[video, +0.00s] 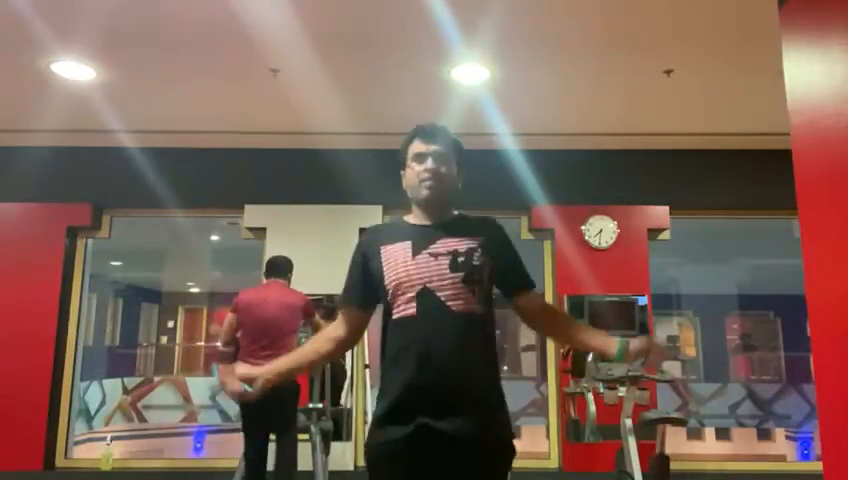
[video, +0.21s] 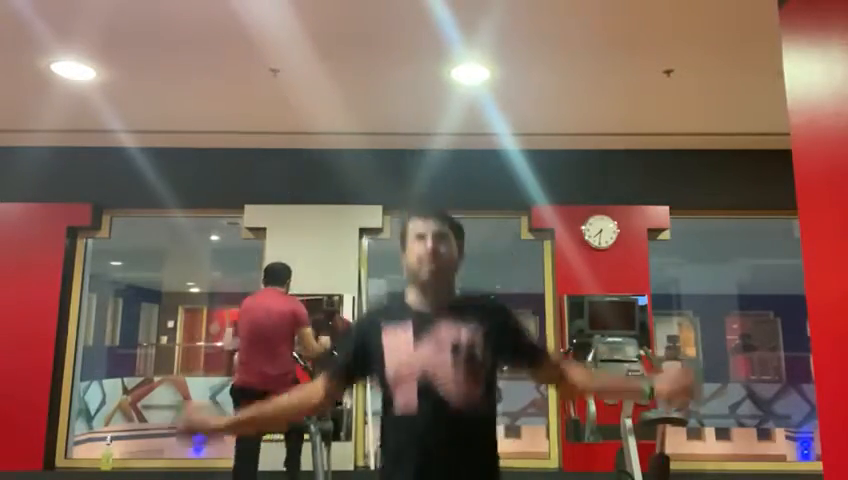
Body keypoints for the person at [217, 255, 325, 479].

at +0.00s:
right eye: (290, 276)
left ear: (264, 275)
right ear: (289, 276)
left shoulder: (243, 298)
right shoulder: (300, 300)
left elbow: (226, 338)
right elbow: (320, 329)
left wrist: (246, 344)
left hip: (250, 381)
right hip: (284, 381)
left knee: (254, 444)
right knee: (286, 441)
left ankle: (254, 477)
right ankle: (284, 476)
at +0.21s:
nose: (289, 286)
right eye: (289, 282)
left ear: (264, 280)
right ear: (288, 283)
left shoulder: (247, 303)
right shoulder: (294, 306)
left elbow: (235, 343)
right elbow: (310, 350)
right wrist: (324, 343)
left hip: (246, 385)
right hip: (282, 386)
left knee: (246, 444)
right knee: (296, 419)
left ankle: (243, 475)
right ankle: (292, 468)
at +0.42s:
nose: (294, 278)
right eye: (294, 275)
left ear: (269, 274)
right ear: (293, 276)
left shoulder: (251, 297)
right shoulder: (301, 300)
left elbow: (242, 337)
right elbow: (314, 342)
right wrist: (325, 341)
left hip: (251, 377)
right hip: (284, 376)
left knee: (252, 435)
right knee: (287, 436)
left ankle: (249, 476)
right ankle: (289, 476)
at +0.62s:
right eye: (292, 281)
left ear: (267, 279)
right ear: (293, 282)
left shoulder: (249, 303)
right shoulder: (303, 306)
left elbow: (232, 340)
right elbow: (321, 341)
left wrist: (241, 363)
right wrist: (311, 362)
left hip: (255, 379)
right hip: (291, 379)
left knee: (255, 432)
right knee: (286, 438)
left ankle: (256, 474)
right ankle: (284, 475)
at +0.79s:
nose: (291, 280)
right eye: (292, 276)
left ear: (267, 275)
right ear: (291, 277)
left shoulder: (247, 299)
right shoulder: (299, 301)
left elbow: (225, 342)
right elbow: (321, 326)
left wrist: (242, 345)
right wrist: (337, 326)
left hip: (249, 382)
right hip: (284, 382)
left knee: (255, 435)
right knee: (285, 438)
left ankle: (257, 476)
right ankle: (282, 476)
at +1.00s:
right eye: (288, 281)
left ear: (263, 279)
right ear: (287, 282)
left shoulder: (245, 303)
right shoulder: (295, 306)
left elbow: (227, 336)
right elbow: (314, 339)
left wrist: (252, 335)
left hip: (248, 376)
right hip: (283, 376)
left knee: (248, 435)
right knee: (293, 426)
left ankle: (245, 475)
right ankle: (291, 470)